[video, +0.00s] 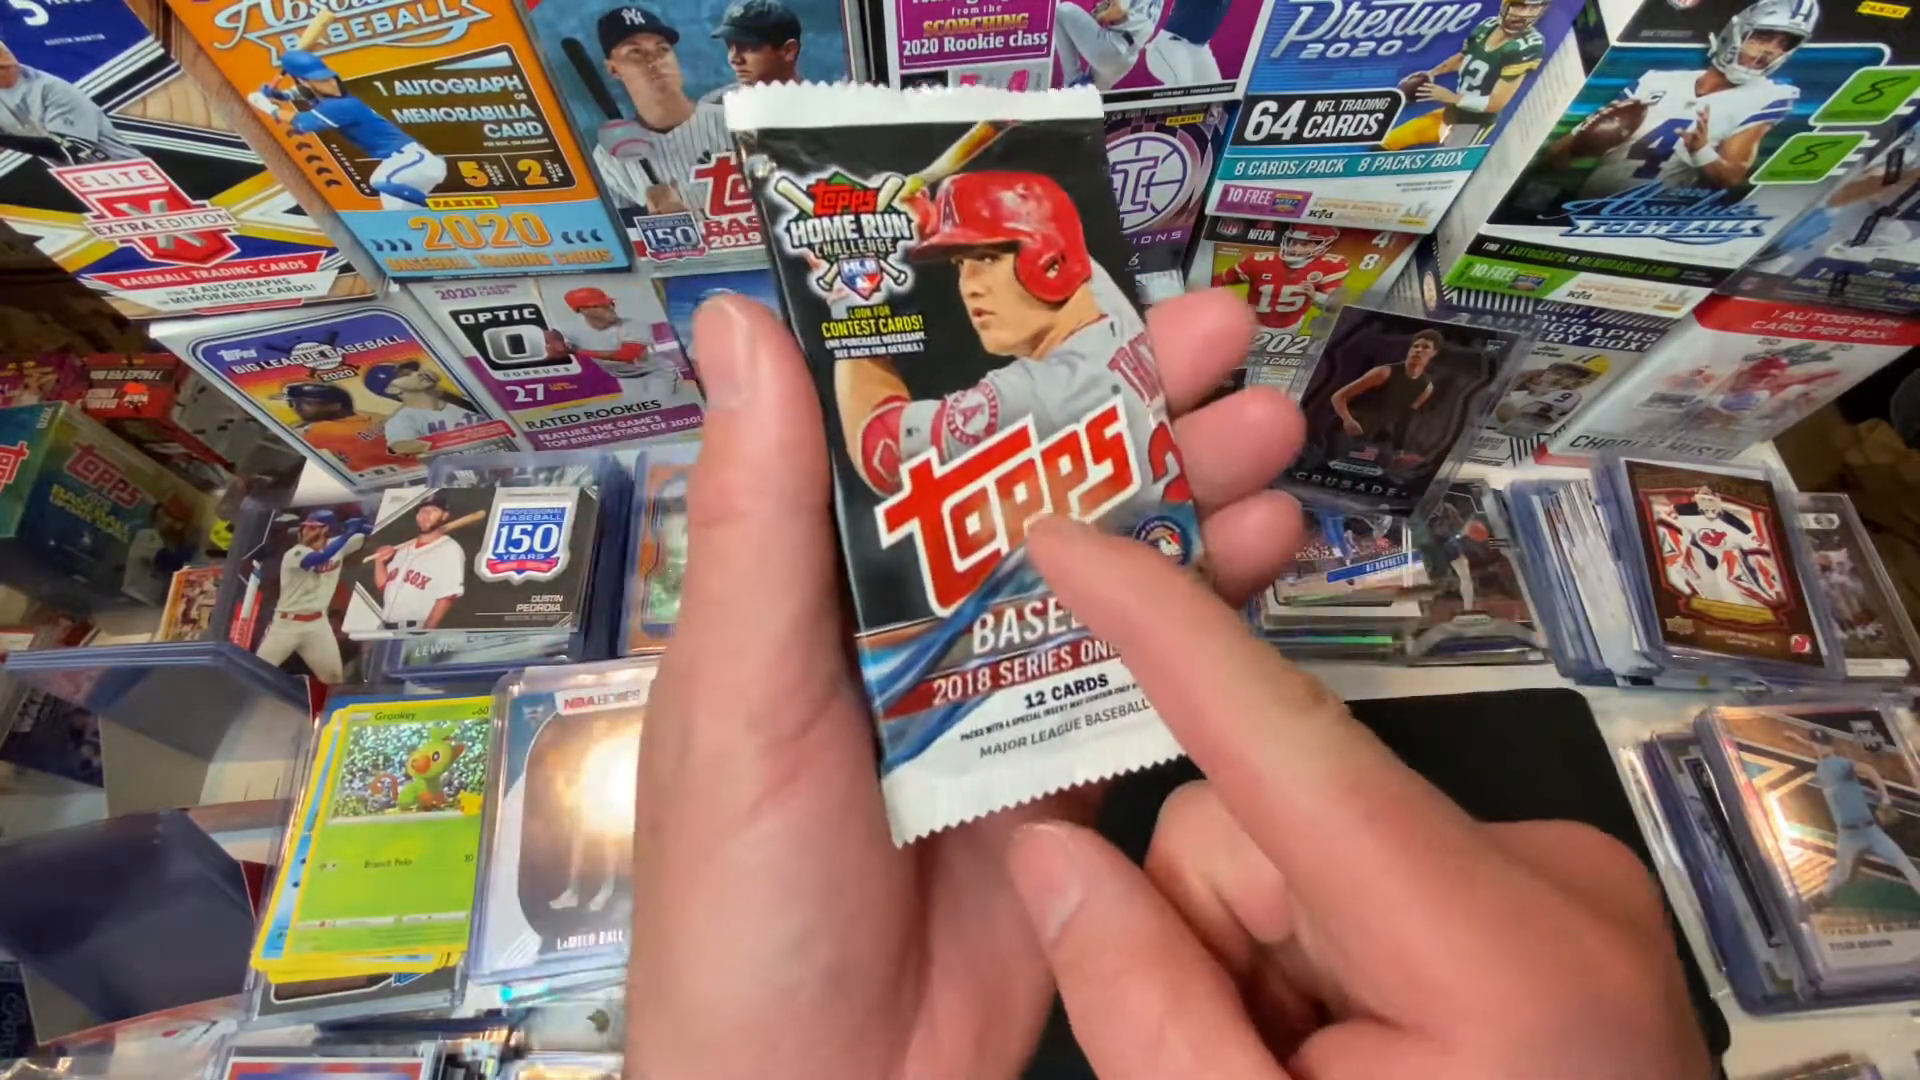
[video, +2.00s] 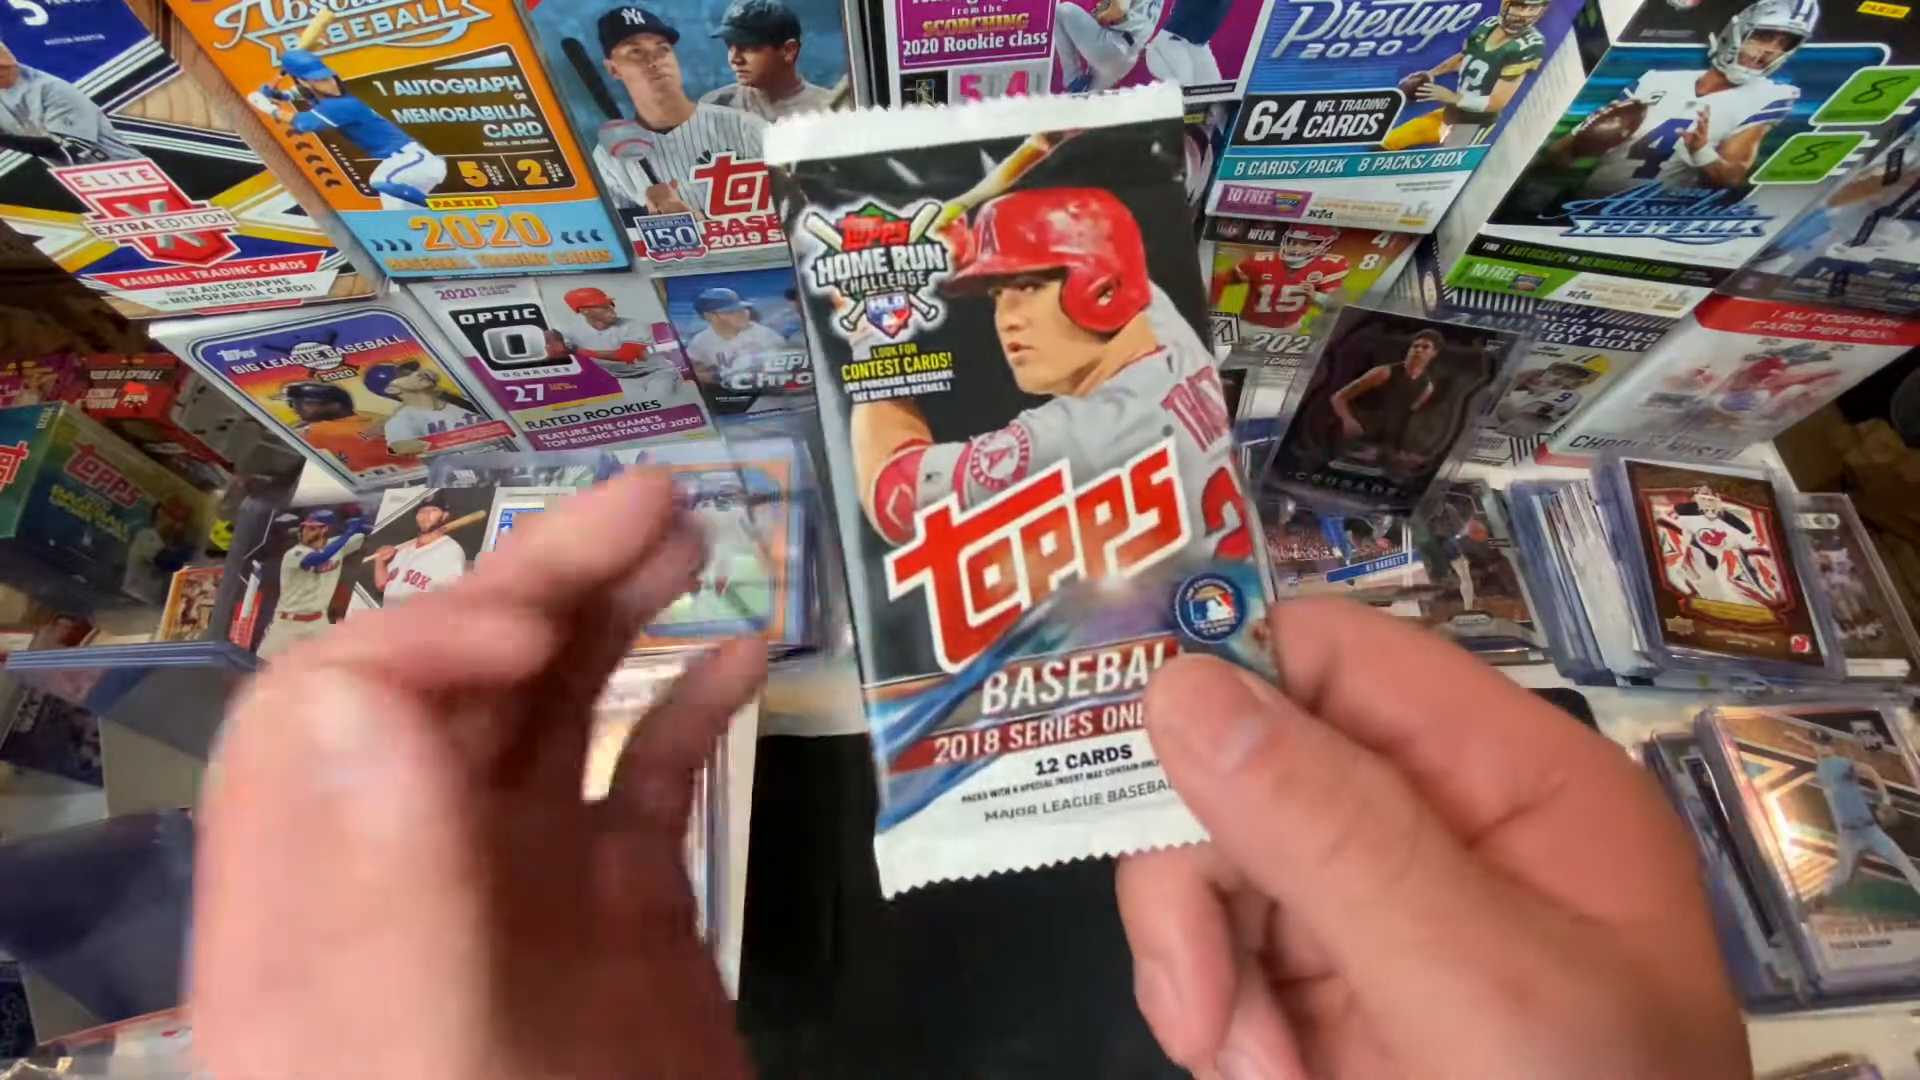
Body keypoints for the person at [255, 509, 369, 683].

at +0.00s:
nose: (303, 531)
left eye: (310, 527)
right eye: (304, 527)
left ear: (324, 530)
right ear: (303, 530)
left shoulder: (337, 549)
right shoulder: (294, 554)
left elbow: (367, 533)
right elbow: (318, 559)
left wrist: (358, 525)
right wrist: (347, 536)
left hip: (317, 625)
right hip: (285, 624)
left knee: (333, 677)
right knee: (258, 670)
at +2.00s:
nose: (303, 532)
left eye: (309, 528)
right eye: (304, 528)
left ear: (323, 530)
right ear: (302, 529)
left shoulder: (338, 547)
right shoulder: (293, 554)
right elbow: (319, 558)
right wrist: (349, 534)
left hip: (318, 624)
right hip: (286, 624)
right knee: (261, 666)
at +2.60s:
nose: (304, 532)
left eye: (310, 528)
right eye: (304, 528)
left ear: (324, 531)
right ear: (302, 530)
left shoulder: (337, 549)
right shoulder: (293, 554)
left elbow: (366, 532)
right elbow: (318, 559)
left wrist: (357, 523)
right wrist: (347, 536)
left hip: (317, 625)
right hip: (284, 624)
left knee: (333, 675)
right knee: (259, 670)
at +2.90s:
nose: (303, 532)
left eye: (309, 528)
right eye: (304, 528)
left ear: (324, 531)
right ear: (303, 530)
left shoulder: (336, 549)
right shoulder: (293, 554)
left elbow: (365, 532)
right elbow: (318, 560)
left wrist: (354, 522)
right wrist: (346, 536)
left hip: (317, 625)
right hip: (284, 624)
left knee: (334, 680)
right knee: (258, 671)